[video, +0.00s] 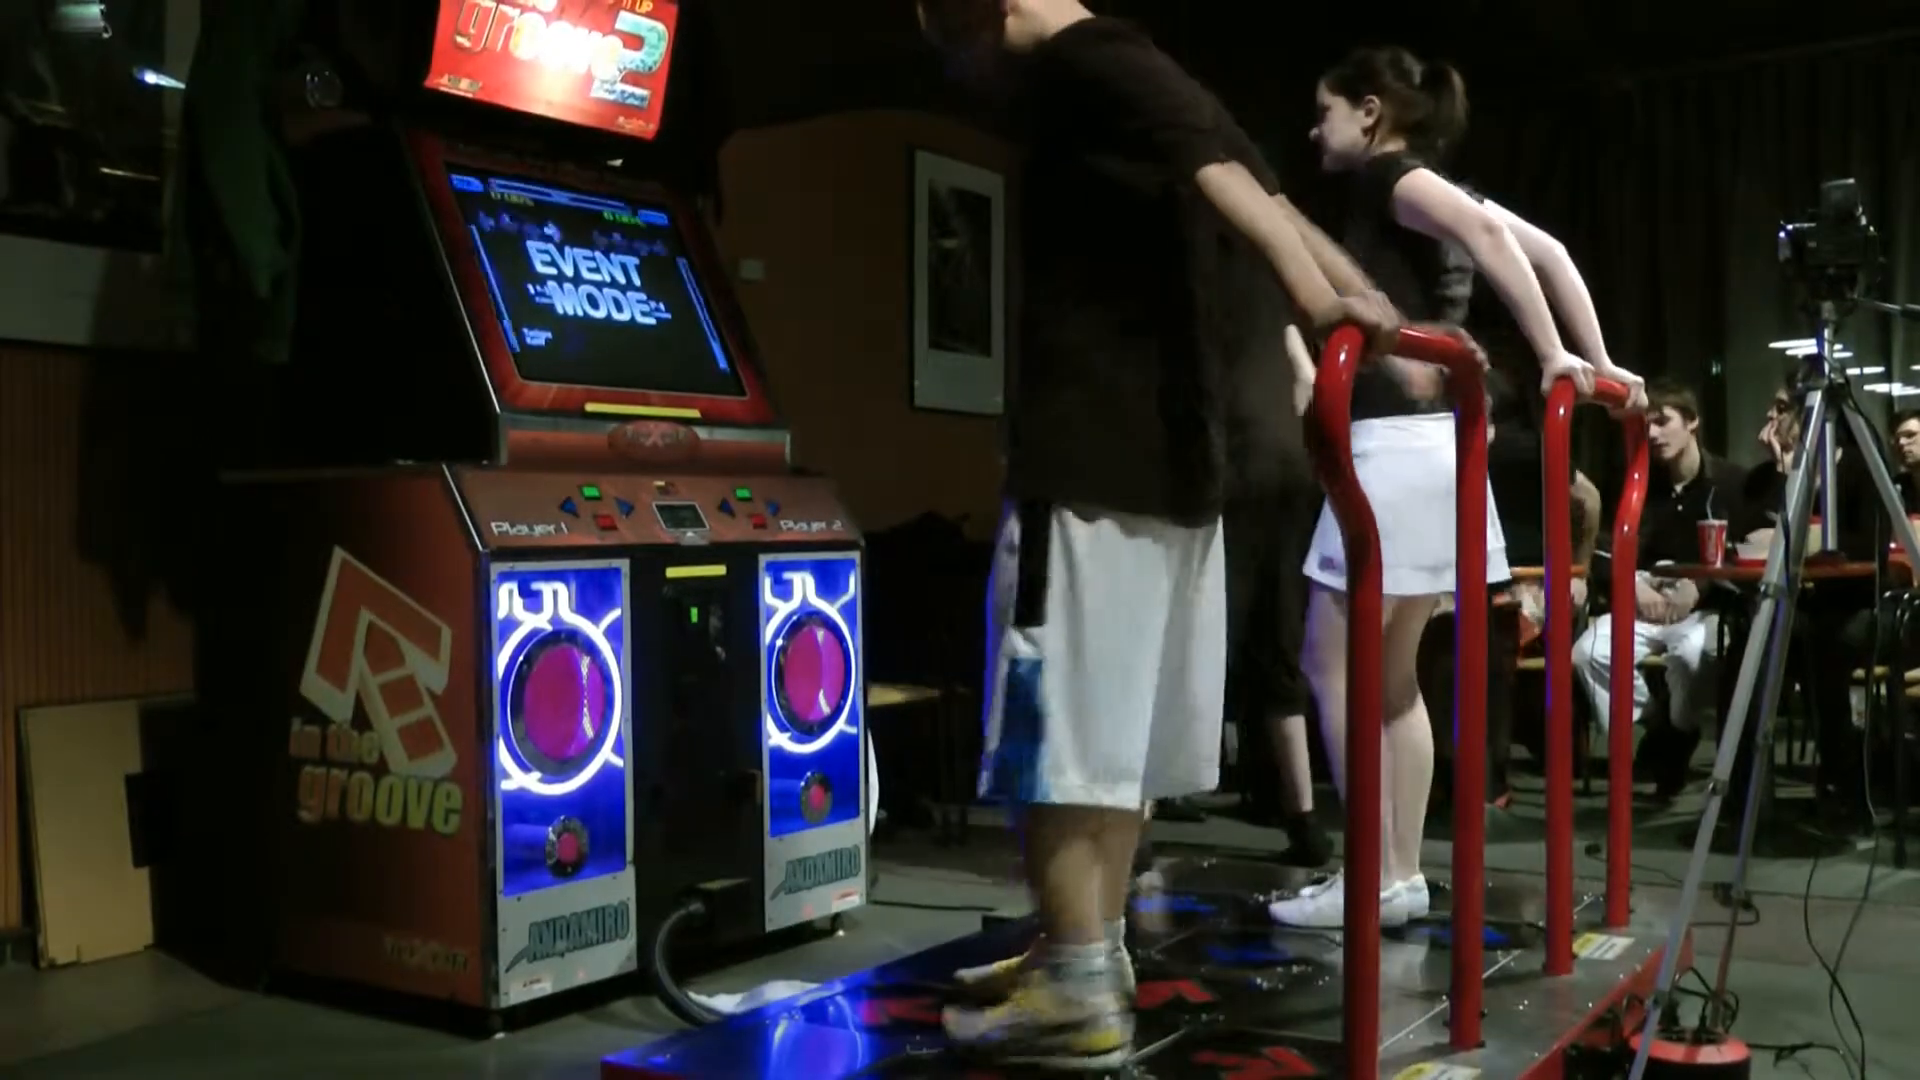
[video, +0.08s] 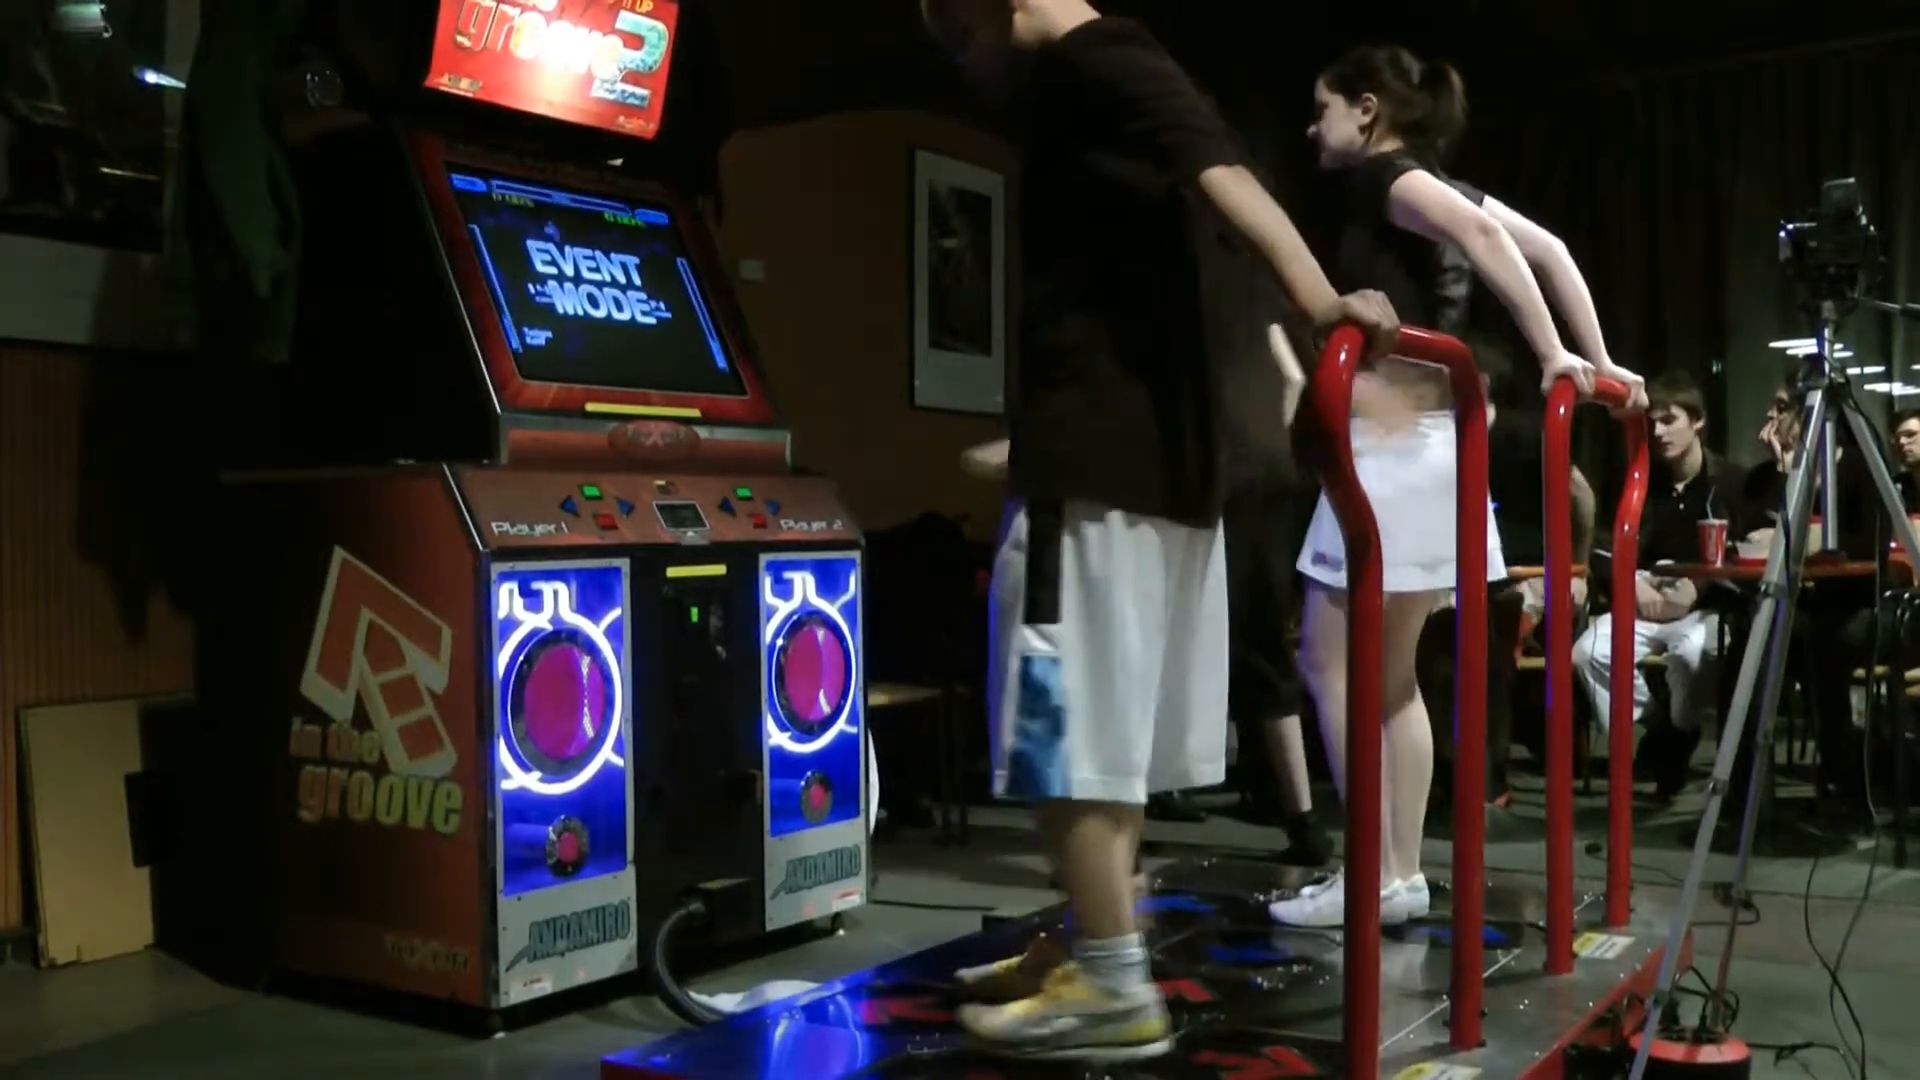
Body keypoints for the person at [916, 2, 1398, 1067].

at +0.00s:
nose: (976, 57)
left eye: (969, 37)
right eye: (970, 42)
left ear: (1005, 12)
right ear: (1074, 3)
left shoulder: (1075, 67)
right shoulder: (1159, 80)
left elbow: (1218, 167)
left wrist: (1331, 286)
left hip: (1101, 457)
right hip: (1175, 462)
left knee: (1068, 712)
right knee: (1123, 708)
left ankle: (1079, 977)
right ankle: (1090, 956)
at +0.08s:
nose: (970, 48)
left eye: (968, 27)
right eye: (965, 33)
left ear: (1009, 7)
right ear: (1067, 0)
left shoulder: (1088, 65)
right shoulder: (1119, 77)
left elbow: (1222, 175)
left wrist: (1324, 303)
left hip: (1105, 460)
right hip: (1157, 461)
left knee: (1073, 720)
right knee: (1113, 715)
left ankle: (1113, 987)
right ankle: (1092, 950)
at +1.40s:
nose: (946, 44)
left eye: (944, 21)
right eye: (940, 30)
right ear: (996, 13)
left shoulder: (1104, 62)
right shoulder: (1053, 92)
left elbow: (1226, 182)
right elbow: (1185, 292)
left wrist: (1317, 298)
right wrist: (1235, 427)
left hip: (1106, 470)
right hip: (1052, 468)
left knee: (1117, 743)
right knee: (1064, 728)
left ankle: (1158, 997)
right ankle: (1080, 944)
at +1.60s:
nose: (941, 41)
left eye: (939, 21)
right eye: (934, 28)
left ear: (978, 1)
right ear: (991, 12)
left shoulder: (1093, 71)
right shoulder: (1045, 91)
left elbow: (1201, 192)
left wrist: (1314, 306)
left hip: (1093, 472)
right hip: (1044, 470)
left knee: (1107, 735)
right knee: (1061, 725)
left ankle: (1157, 994)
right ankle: (1082, 940)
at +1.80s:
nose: (968, 20)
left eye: (972, 8)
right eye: (968, 15)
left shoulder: (1090, 73)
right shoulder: (1047, 97)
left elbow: (1203, 205)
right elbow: (1103, 300)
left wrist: (1308, 317)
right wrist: (1157, 447)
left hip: (1079, 472)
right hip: (1040, 469)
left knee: (1105, 737)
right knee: (1053, 728)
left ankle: (1154, 992)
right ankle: (1086, 940)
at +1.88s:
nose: (970, 18)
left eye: (976, 7)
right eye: (972, 14)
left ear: (1012, 1)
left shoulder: (1092, 75)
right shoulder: (1046, 98)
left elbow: (1202, 202)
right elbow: (1109, 301)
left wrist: (1306, 317)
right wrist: (1147, 464)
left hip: (1078, 476)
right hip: (1035, 474)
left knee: (1105, 739)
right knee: (1056, 730)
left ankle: (1156, 993)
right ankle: (1086, 941)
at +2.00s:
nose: (966, 22)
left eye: (970, 12)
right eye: (968, 17)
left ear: (1003, 1)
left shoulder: (1092, 74)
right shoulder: (1047, 95)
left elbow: (1202, 202)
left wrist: (1308, 317)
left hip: (1084, 475)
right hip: (1035, 473)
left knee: (1105, 738)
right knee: (1051, 729)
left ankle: (1155, 994)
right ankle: (1087, 940)